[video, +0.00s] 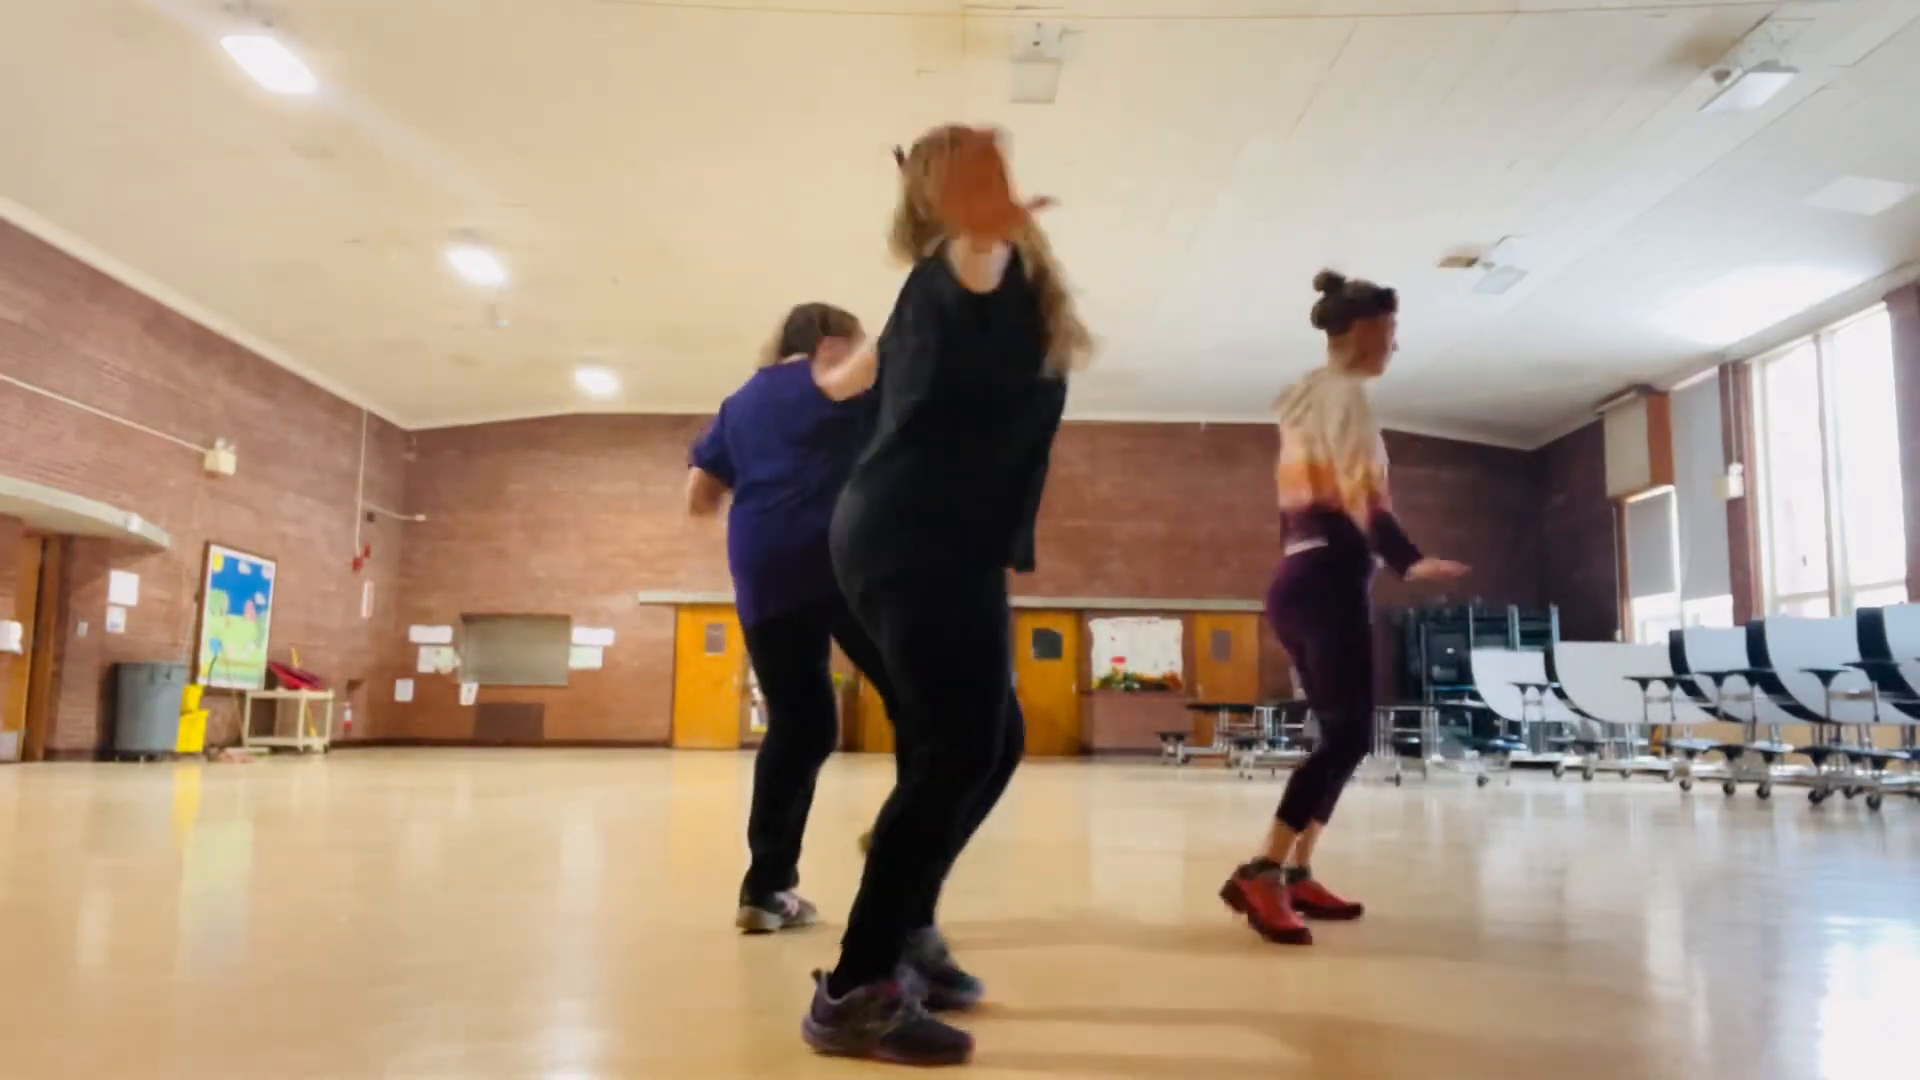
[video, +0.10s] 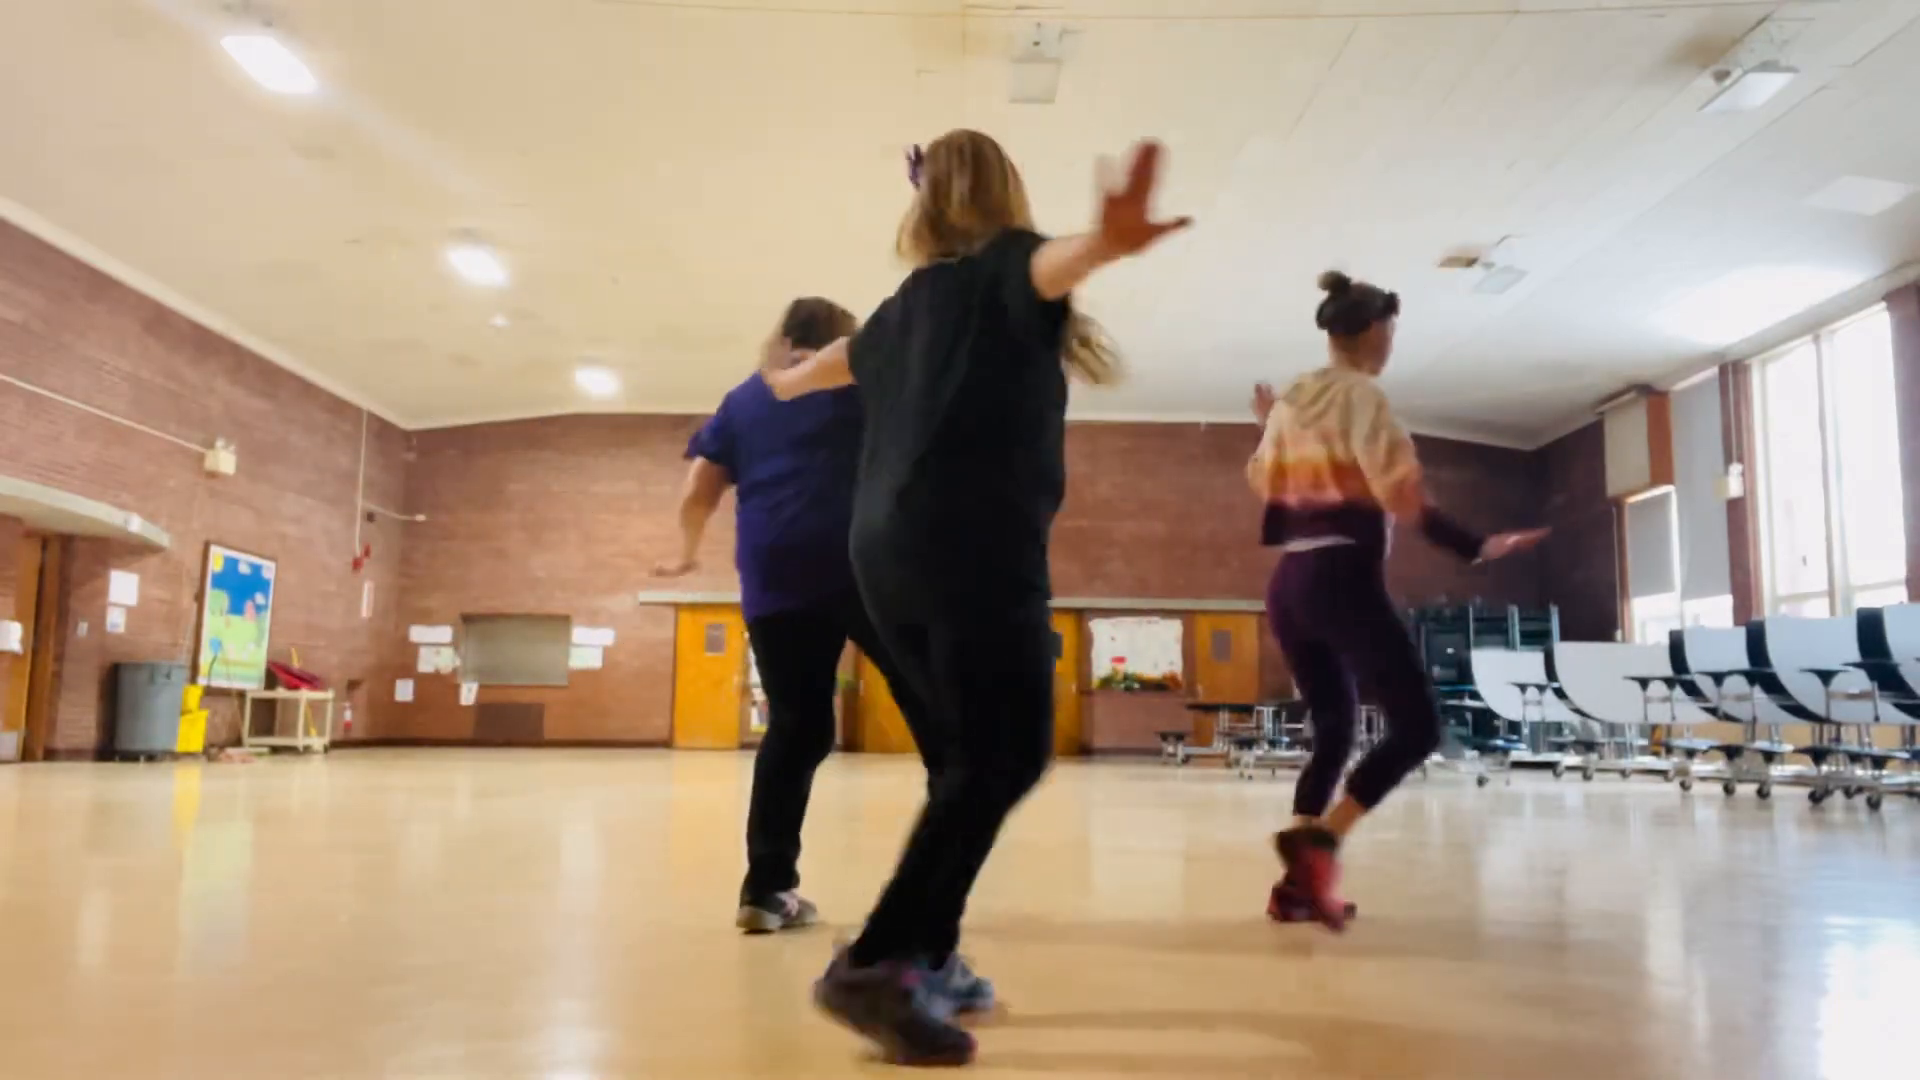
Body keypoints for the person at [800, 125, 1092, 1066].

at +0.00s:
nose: (1002, 178)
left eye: (997, 162)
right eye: (980, 165)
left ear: (1001, 186)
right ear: (944, 194)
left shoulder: (1011, 279)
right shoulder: (943, 282)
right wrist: (977, 259)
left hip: (947, 540)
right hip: (907, 536)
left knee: (990, 737)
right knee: (954, 749)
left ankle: (903, 932)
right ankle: (854, 988)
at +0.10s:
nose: (904, 207)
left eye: (910, 192)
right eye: (910, 186)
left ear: (924, 207)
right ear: (1006, 194)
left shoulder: (893, 316)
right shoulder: (1011, 266)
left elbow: (801, 378)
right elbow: (1052, 268)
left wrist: (787, 369)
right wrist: (1102, 242)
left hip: (883, 556)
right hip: (975, 548)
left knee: (962, 760)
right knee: (1009, 754)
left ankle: (931, 957)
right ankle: (873, 967)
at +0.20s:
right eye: (1018, 187)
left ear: (932, 217)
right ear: (1019, 202)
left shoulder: (900, 307)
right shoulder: (1043, 273)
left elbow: (814, 356)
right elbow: (1116, 273)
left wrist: (742, 368)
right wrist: (1209, 254)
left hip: (882, 575)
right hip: (983, 567)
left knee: (951, 751)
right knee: (1106, 732)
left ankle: (923, 972)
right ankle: (981, 906)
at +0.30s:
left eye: (937, 206)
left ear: (943, 212)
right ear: (1029, 199)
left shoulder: (912, 299)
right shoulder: (1072, 273)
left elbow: (804, 343)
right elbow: (1172, 280)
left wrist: (707, 359)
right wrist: (1294, 269)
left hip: (899, 557)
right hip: (1010, 550)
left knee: (946, 749)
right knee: (1123, 708)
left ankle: (923, 969)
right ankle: (1074, 914)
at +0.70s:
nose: (951, 222)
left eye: (964, 208)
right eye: (958, 207)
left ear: (1006, 218)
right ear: (1046, 225)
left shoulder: (950, 299)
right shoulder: (1113, 326)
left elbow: (839, 299)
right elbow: (1225, 377)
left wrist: (716, 282)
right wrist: (1294, 398)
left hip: (977, 558)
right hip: (1091, 561)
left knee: (986, 755)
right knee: (1089, 716)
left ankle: (1038, 959)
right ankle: (1142, 871)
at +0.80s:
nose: (950, 217)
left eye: (964, 205)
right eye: (954, 205)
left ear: (1016, 215)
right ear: (1034, 221)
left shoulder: (966, 290)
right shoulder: (1087, 316)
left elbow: (883, 287)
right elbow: (1175, 384)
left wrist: (790, 271)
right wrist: (1245, 416)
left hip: (1001, 552)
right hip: (1100, 549)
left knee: (993, 749)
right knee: (1062, 728)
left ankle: (1039, 957)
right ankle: (1122, 905)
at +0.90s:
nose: (954, 212)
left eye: (970, 201)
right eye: (957, 200)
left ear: (1021, 215)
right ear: (1025, 221)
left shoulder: (984, 284)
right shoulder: (1064, 316)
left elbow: (932, 281)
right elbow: (1130, 397)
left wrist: (883, 262)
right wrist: (1171, 424)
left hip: (1030, 550)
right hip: (1093, 547)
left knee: (966, 733)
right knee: (1056, 734)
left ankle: (1042, 944)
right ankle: (1113, 930)